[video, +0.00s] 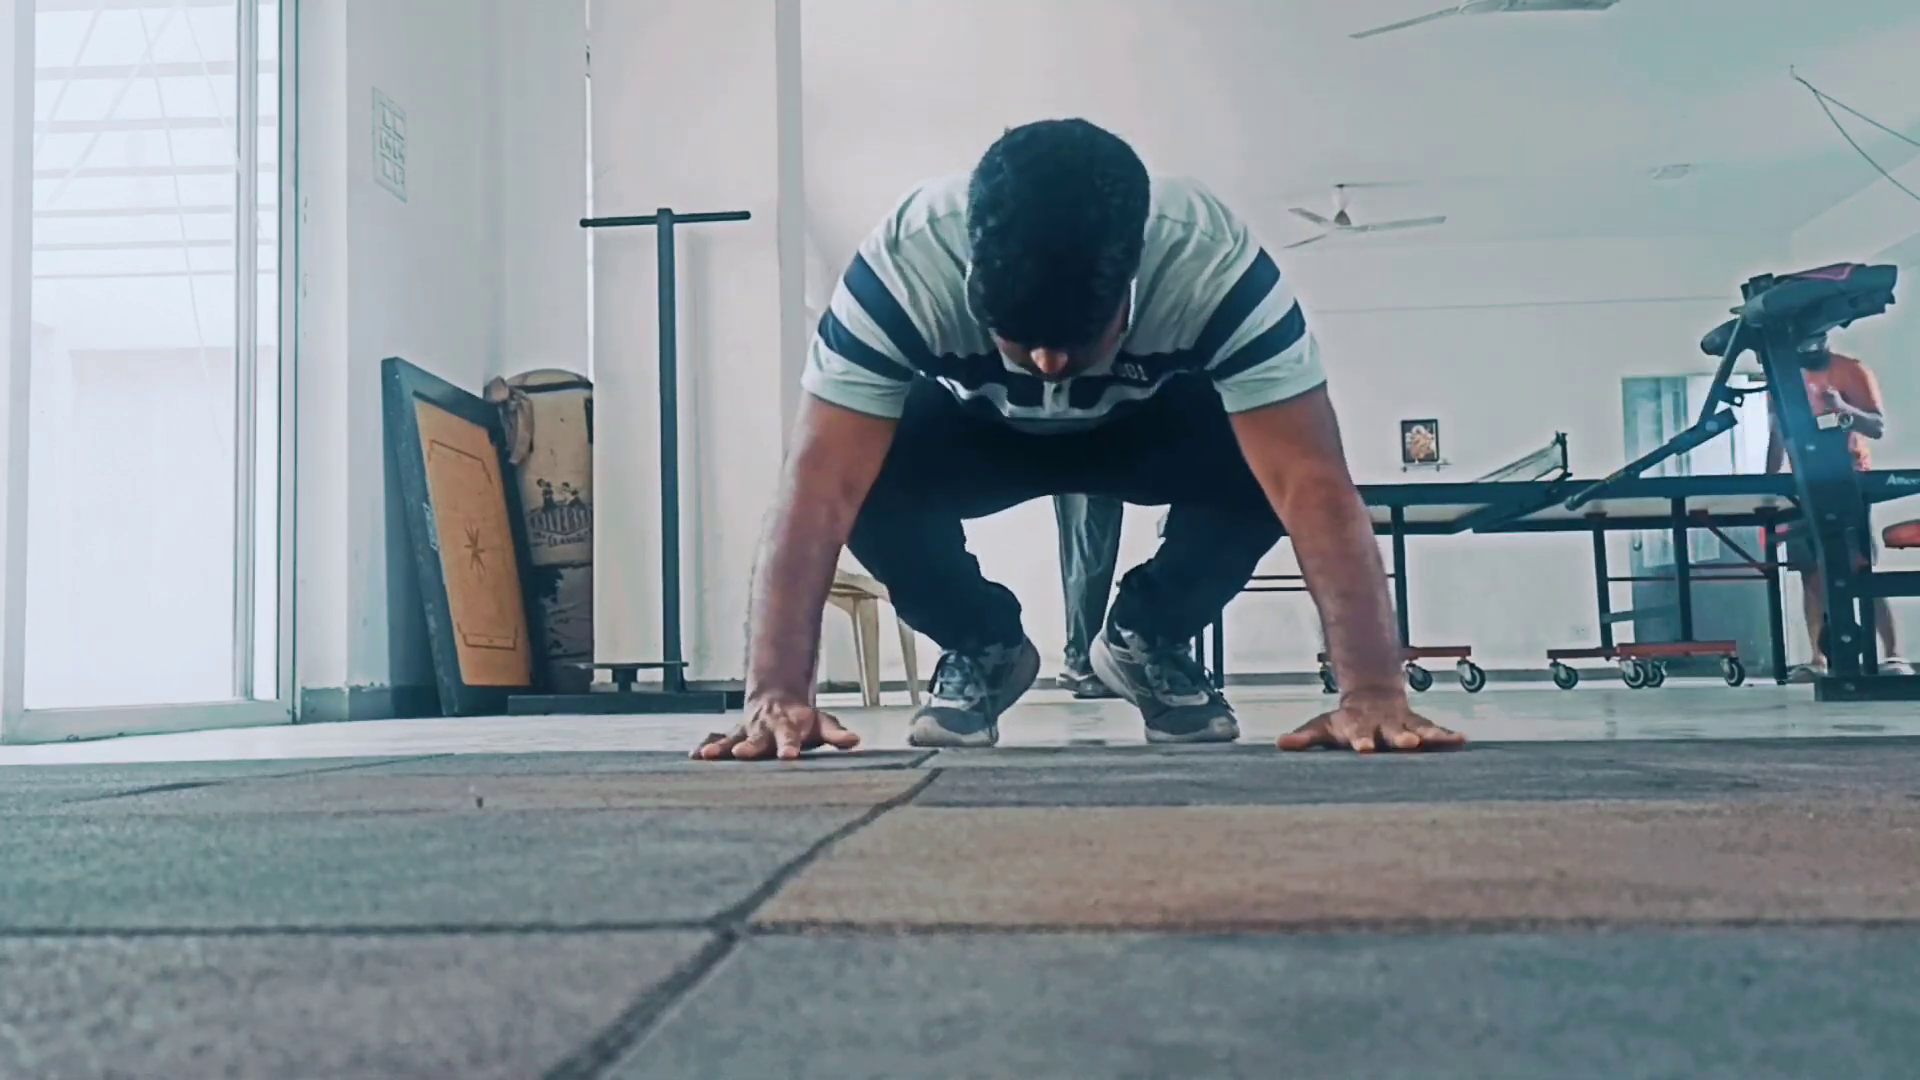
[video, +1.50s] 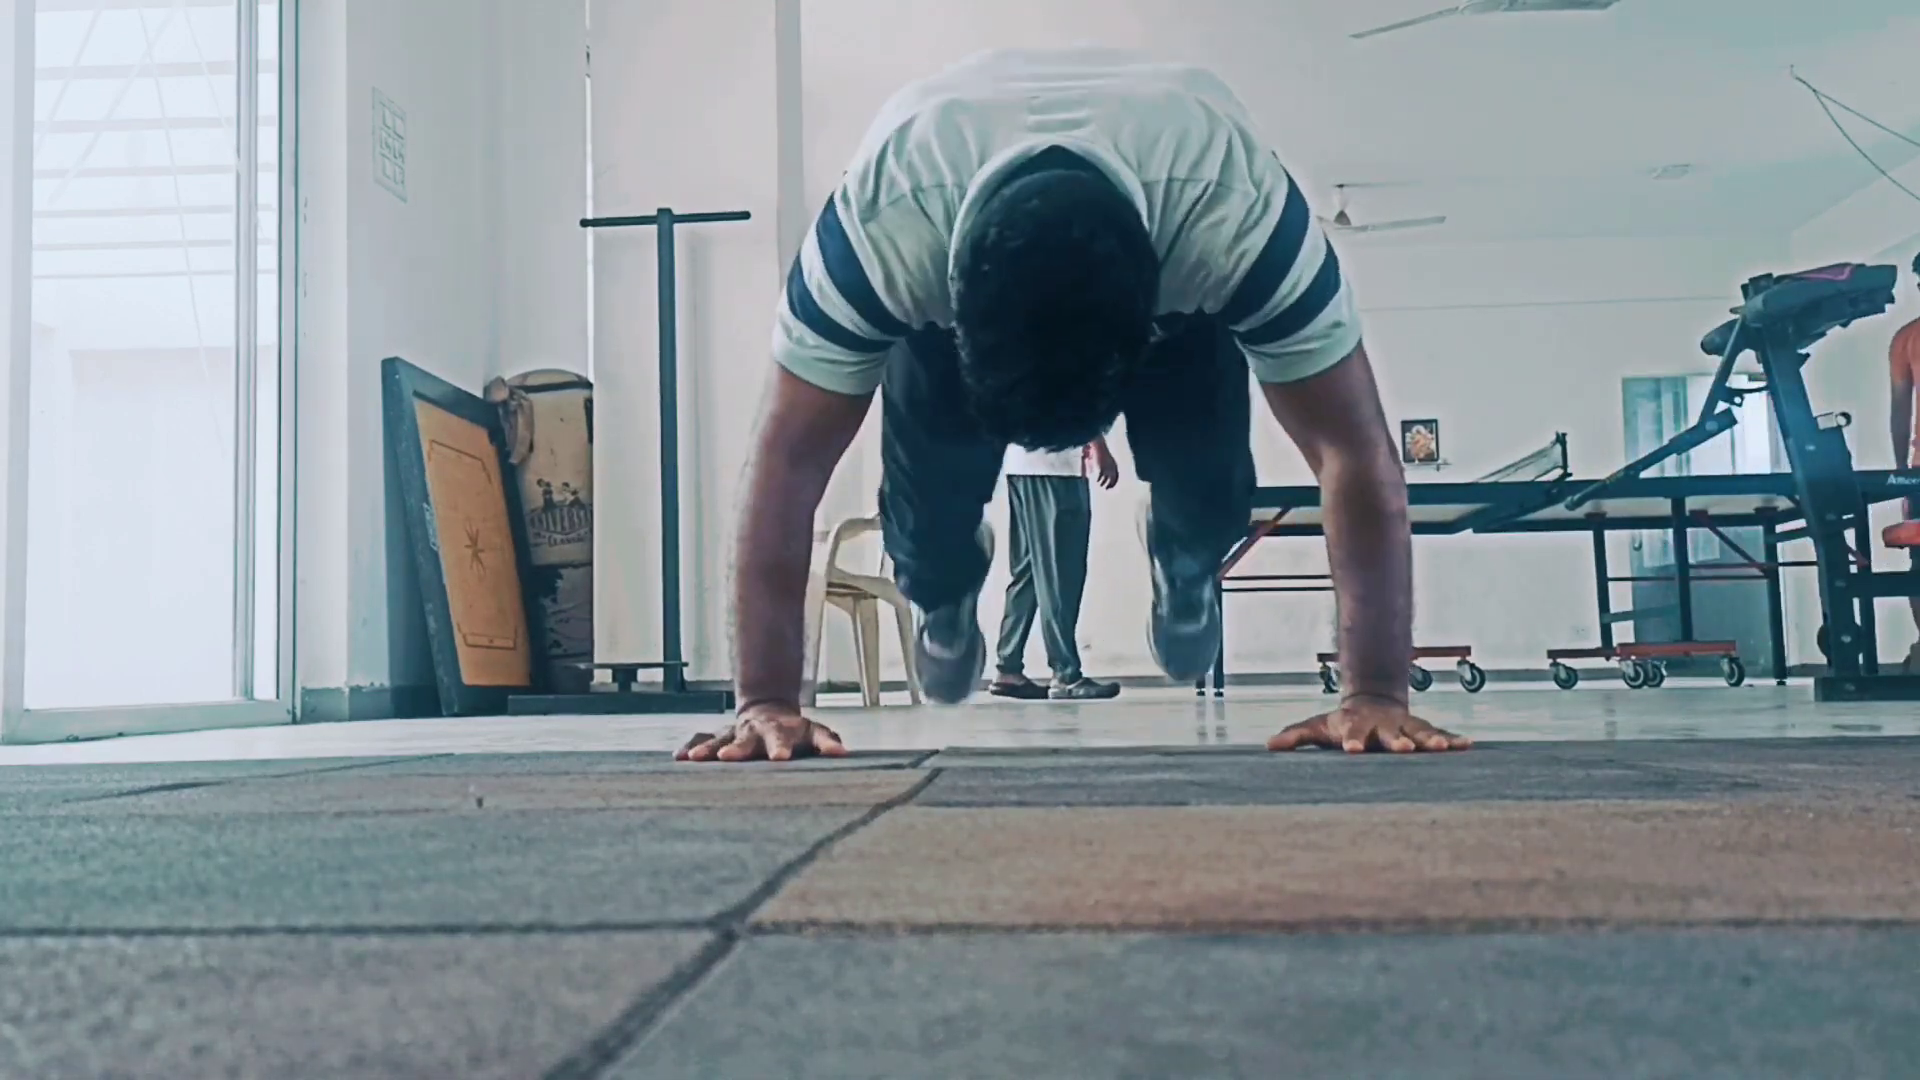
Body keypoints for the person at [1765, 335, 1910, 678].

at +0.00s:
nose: (1811, 346)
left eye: (1816, 337)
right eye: (1803, 340)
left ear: (1826, 335)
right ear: (1792, 344)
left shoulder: (1851, 370)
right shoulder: (1783, 381)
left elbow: (1877, 427)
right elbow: (1776, 440)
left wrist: (1844, 407)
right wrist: (1770, 489)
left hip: (1850, 484)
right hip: (1805, 488)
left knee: (1864, 574)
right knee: (1811, 577)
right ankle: (1819, 660)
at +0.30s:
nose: (1872, 339)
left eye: (1878, 331)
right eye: (1863, 332)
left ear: (1889, 327)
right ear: (1848, 330)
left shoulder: (1911, 365)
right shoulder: (1830, 374)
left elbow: (1919, 421)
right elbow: (1819, 436)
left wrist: (1911, 407)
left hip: (1908, 479)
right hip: (1855, 484)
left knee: (1914, 574)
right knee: (1847, 571)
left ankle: (1919, 660)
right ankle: (1842, 658)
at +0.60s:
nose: (1903, 333)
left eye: (1909, 326)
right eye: (1895, 326)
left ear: (1918, 324)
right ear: (1878, 325)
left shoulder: (1919, 360)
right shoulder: (1858, 364)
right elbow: (1843, 421)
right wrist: (1839, 470)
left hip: (1917, 478)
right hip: (1877, 480)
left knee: (1918, 569)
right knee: (1883, 570)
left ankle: (1915, 653)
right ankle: (1902, 652)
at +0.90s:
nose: (1908, 321)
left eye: (1914, 313)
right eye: (1900, 313)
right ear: (1883, 313)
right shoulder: (1863, 358)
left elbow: (1846, 425)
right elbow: (1847, 425)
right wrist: (1846, 481)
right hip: (1889, 476)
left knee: (1907, 570)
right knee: (1904, 571)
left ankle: (1916, 655)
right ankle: (1915, 656)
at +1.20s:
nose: (1917, 302)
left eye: (1919, 295)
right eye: (1911, 295)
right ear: (1898, 300)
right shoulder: (1877, 349)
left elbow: (1862, 423)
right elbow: (1861, 423)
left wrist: (1870, 480)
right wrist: (1870, 480)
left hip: (1907, 474)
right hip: (1901, 476)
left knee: (1908, 570)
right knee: (1908, 570)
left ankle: (1915, 655)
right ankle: (1916, 656)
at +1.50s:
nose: (1917, 284)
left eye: (1917, 277)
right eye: (1917, 276)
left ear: (1916, 281)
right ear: (1914, 280)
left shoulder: (1905, 340)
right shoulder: (1904, 340)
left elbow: (1900, 417)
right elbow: (1900, 417)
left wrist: (1904, 473)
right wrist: (1904, 474)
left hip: (1919, 474)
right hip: (1919, 475)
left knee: (1916, 566)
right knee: (1915, 565)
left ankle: (1918, 643)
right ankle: (1917, 643)